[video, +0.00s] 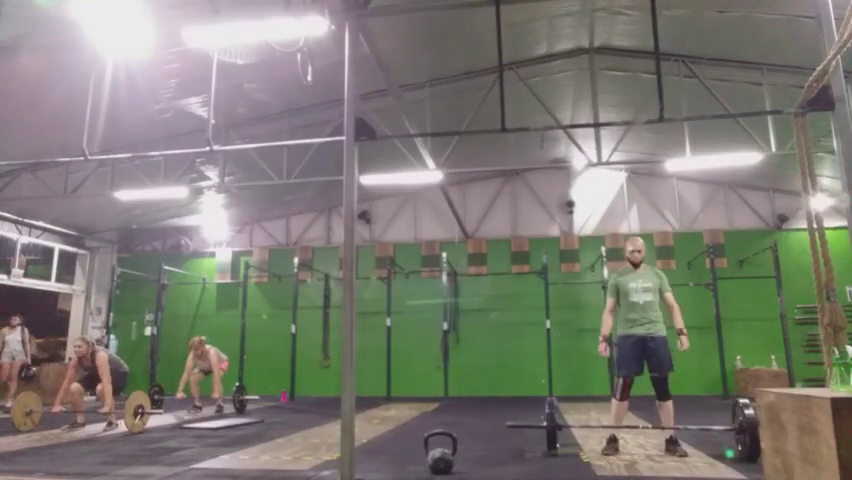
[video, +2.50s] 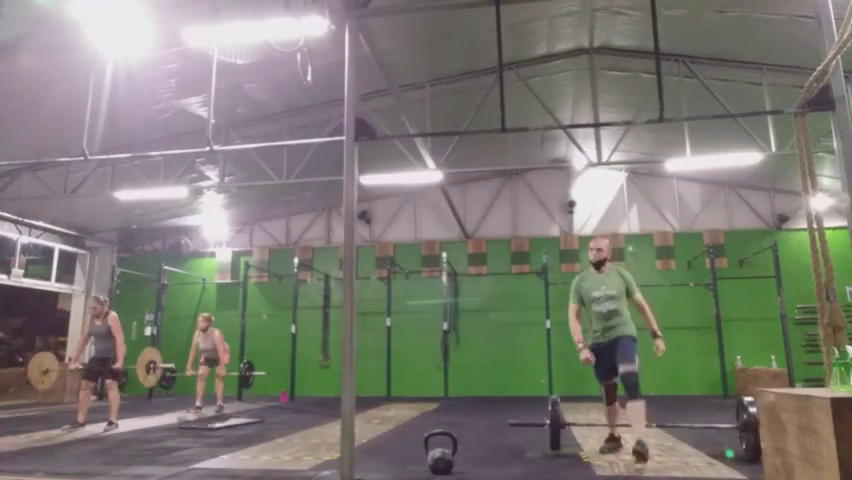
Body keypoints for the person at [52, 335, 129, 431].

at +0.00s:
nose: (77, 350)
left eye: (80, 347)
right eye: (75, 347)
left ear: (88, 347)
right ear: (73, 348)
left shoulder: (100, 356)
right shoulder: (76, 360)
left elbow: (107, 381)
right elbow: (67, 381)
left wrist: (107, 405)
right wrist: (58, 403)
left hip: (118, 374)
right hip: (98, 375)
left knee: (101, 389)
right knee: (75, 389)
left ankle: (112, 420)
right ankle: (80, 420)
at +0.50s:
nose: (94, 302)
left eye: (98, 300)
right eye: (94, 300)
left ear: (106, 301)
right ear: (94, 300)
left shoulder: (112, 312)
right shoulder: (93, 314)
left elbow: (122, 331)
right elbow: (85, 333)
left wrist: (120, 352)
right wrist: (76, 351)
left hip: (110, 355)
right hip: (94, 355)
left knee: (113, 385)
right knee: (88, 386)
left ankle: (113, 420)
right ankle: (80, 420)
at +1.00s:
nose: (85, 347)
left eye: (88, 345)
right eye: (84, 345)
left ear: (96, 343)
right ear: (82, 344)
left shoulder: (108, 351)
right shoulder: (86, 351)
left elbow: (113, 376)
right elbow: (77, 374)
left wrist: (114, 399)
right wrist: (66, 397)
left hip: (120, 373)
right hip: (100, 373)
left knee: (105, 387)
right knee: (78, 387)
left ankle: (112, 421)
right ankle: (80, 421)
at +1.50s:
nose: (85, 348)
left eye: (88, 345)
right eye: (84, 345)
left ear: (96, 344)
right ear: (83, 344)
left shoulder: (108, 351)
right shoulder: (85, 351)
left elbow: (114, 376)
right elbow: (76, 374)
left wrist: (114, 400)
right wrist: (67, 397)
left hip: (121, 370)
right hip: (102, 370)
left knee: (106, 387)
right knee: (80, 387)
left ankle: (112, 421)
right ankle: (80, 420)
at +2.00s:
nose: (85, 334)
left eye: (88, 331)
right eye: (84, 331)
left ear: (96, 328)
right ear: (82, 330)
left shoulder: (108, 336)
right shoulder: (86, 337)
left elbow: (114, 361)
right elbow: (78, 360)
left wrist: (114, 382)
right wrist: (67, 382)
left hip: (120, 362)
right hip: (102, 362)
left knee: (110, 386)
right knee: (82, 386)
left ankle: (112, 421)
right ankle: (80, 421)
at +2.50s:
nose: (93, 311)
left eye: (96, 308)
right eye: (92, 308)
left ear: (104, 307)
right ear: (91, 308)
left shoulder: (111, 317)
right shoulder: (91, 319)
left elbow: (119, 339)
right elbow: (84, 339)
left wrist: (120, 361)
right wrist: (74, 358)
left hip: (111, 358)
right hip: (96, 358)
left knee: (111, 384)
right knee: (85, 385)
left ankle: (112, 420)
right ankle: (80, 420)